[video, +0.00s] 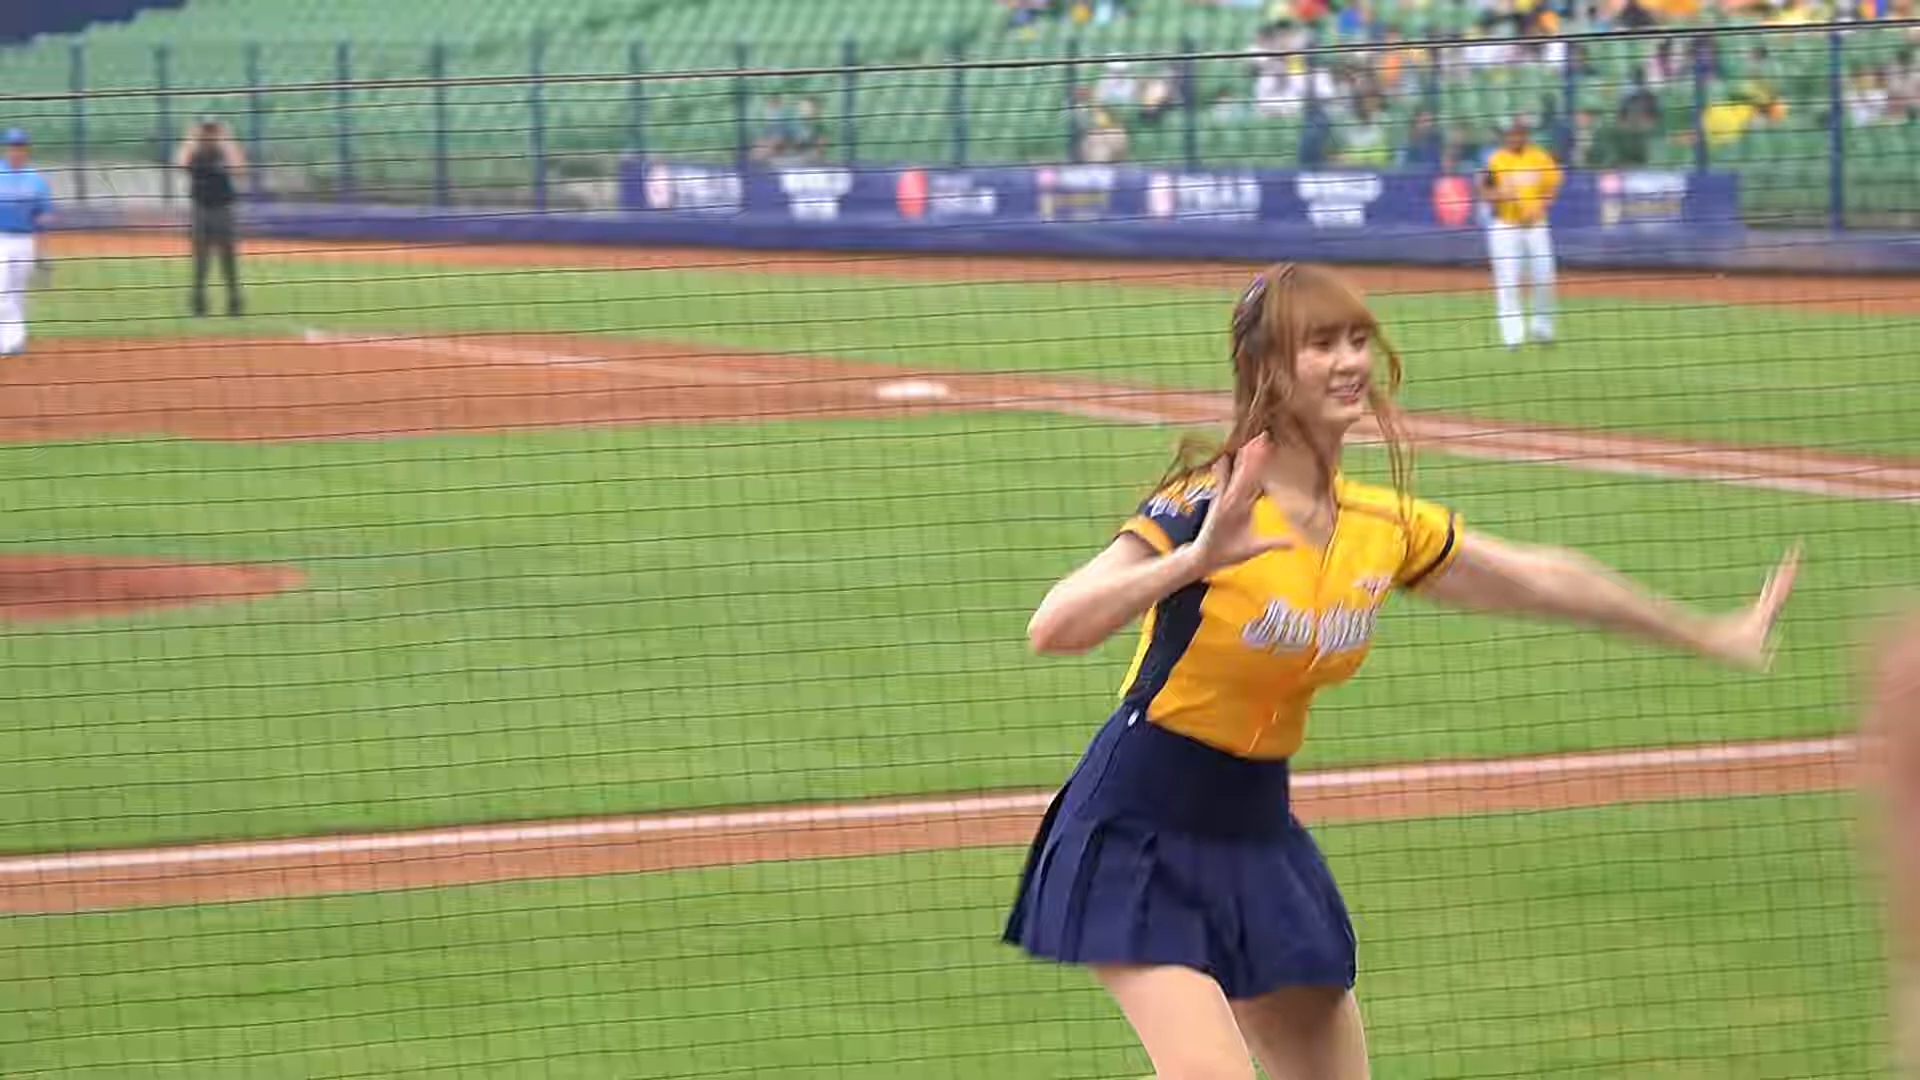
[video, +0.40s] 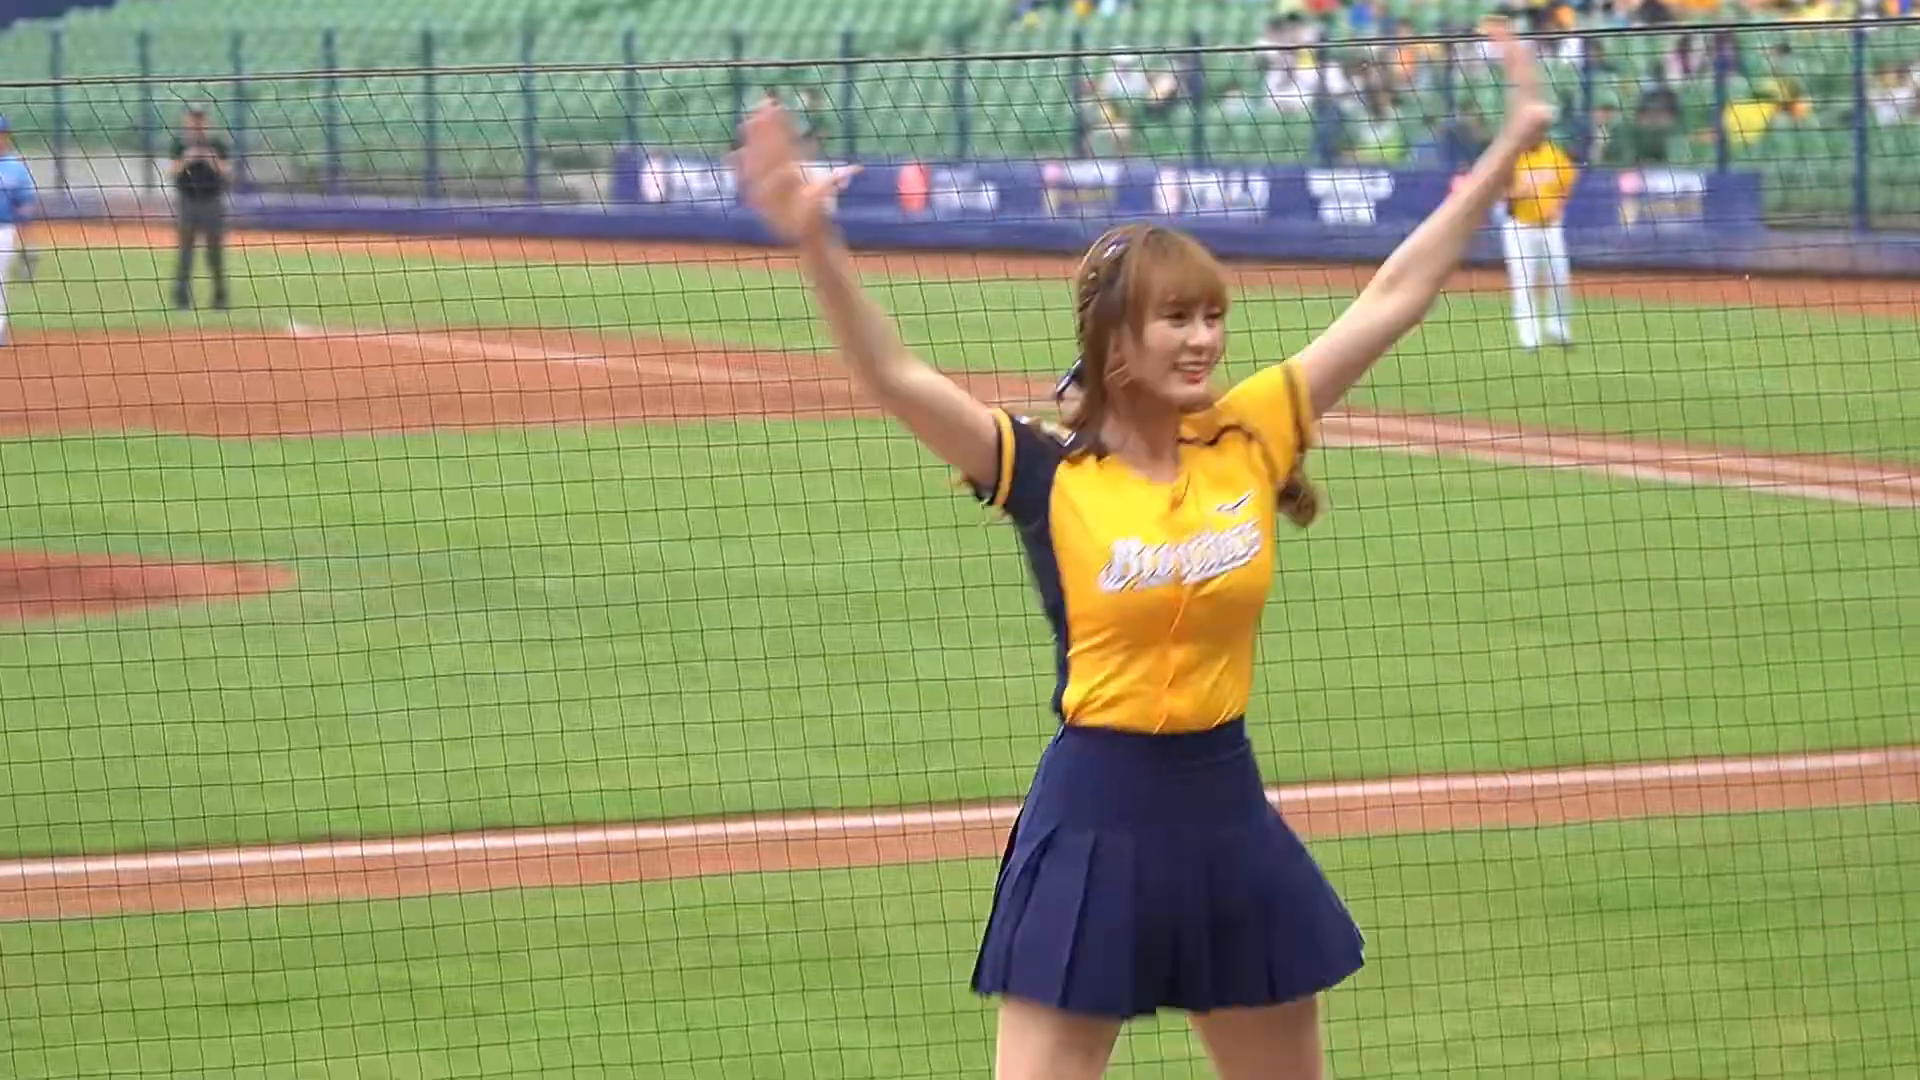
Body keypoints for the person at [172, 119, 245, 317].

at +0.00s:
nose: (208, 141)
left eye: (213, 137)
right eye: (204, 137)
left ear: (219, 138)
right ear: (199, 138)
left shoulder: (224, 153)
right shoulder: (195, 154)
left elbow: (237, 167)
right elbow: (182, 162)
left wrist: (226, 142)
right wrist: (191, 140)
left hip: (223, 212)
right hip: (201, 212)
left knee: (228, 261)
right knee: (200, 261)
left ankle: (233, 302)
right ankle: (199, 303)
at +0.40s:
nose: (197, 131)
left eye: (200, 126)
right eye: (193, 127)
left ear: (206, 126)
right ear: (186, 126)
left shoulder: (215, 146)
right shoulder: (180, 147)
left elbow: (228, 173)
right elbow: (171, 172)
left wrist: (211, 160)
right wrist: (187, 159)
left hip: (212, 204)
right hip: (188, 204)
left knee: (215, 253)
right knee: (185, 252)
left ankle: (220, 294)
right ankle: (182, 294)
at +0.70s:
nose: (172, 121)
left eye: (176, 116)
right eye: (167, 116)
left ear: (182, 117)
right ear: (160, 116)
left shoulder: (191, 136)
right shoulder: (152, 138)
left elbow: (205, 163)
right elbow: (144, 166)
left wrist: (199, 187)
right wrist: (153, 189)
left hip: (188, 194)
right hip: (162, 193)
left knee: (190, 246)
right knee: (157, 244)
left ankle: (194, 287)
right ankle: (153, 287)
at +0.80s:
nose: (154, 111)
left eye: (158, 107)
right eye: (150, 106)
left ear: (163, 108)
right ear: (143, 106)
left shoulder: (173, 131)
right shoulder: (133, 132)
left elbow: (187, 159)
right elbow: (125, 163)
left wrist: (181, 183)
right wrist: (133, 186)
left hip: (169, 190)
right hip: (143, 190)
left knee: (171, 243)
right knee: (139, 242)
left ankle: (176, 285)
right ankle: (135, 285)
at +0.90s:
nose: (137, 112)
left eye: (141, 107)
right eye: (133, 107)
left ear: (146, 108)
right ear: (127, 108)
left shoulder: (156, 131)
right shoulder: (117, 132)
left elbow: (172, 155)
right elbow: (110, 162)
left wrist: (167, 179)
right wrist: (113, 185)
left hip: (152, 189)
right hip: (126, 190)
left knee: (154, 243)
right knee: (123, 242)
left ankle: (161, 286)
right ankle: (118, 286)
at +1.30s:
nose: (87, 105)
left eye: (91, 100)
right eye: (83, 100)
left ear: (97, 99)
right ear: (76, 99)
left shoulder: (106, 117)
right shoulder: (66, 117)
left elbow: (122, 138)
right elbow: (51, 140)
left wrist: (126, 160)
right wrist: (60, 163)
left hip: (101, 177)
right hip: (76, 176)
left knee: (106, 229)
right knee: (75, 228)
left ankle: (113, 276)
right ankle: (72, 275)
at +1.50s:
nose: (62, 98)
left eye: (66, 93)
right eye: (59, 93)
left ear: (72, 93)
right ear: (52, 92)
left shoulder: (81, 111)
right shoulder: (44, 111)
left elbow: (100, 130)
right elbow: (27, 134)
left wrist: (100, 152)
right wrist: (35, 157)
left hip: (77, 172)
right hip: (53, 172)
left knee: (82, 223)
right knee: (50, 223)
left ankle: (89, 270)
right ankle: (48, 271)